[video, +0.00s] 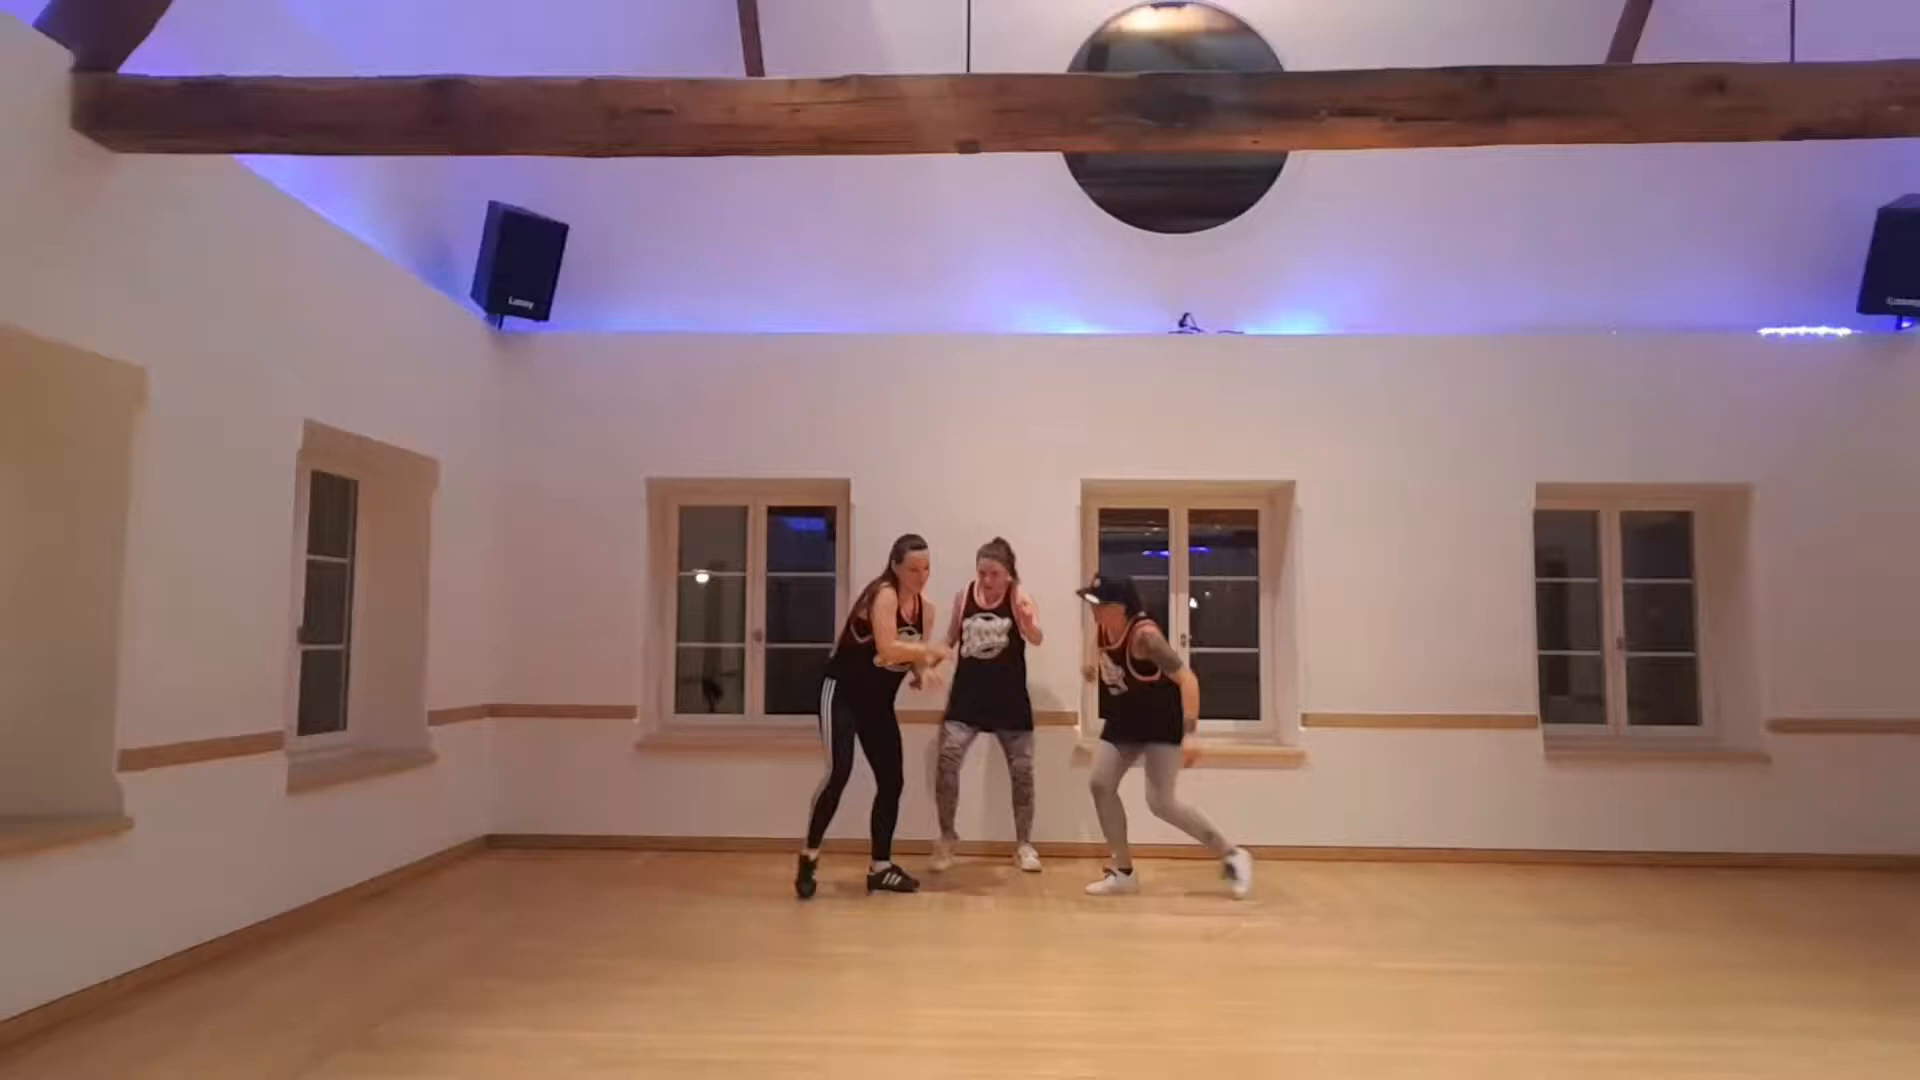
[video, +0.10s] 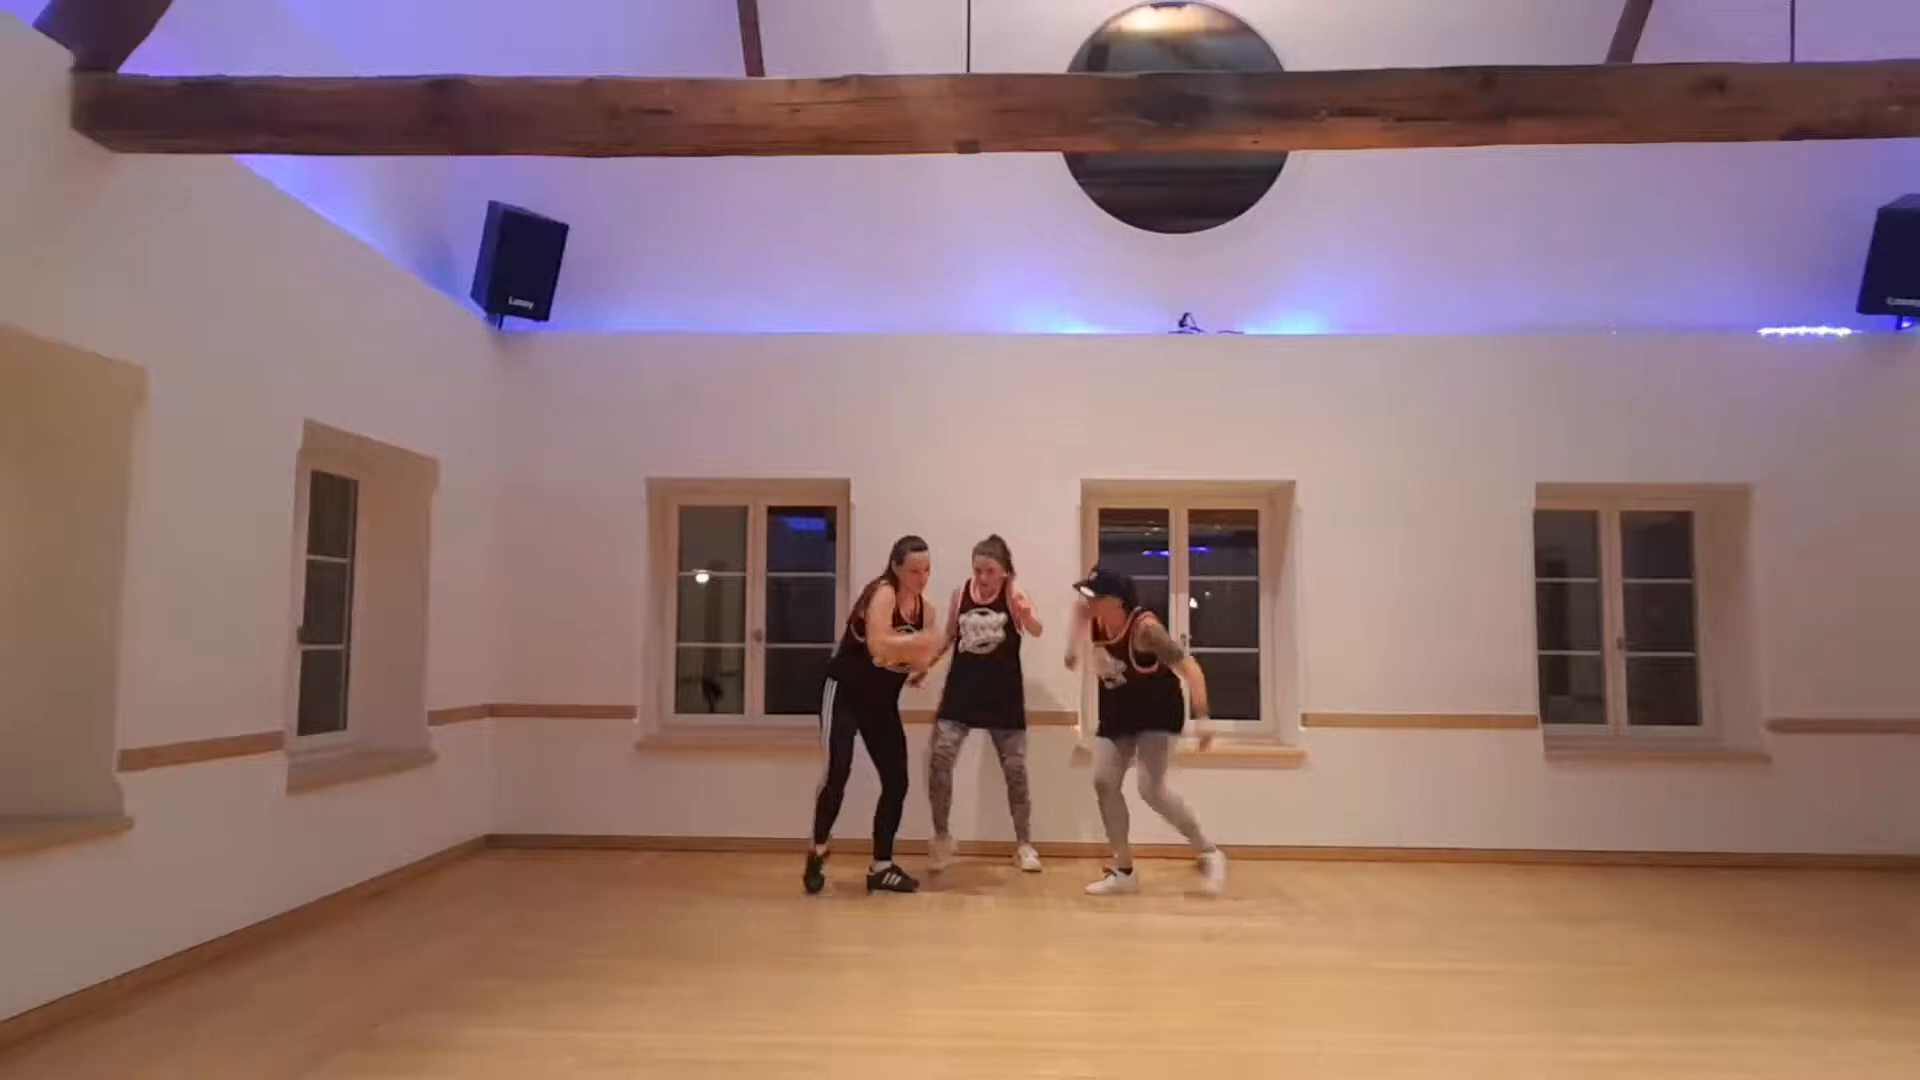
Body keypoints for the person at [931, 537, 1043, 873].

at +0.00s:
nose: (988, 580)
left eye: (995, 574)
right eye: (983, 573)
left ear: (1010, 574)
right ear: (976, 571)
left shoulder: (1019, 598)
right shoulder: (964, 597)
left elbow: (1036, 638)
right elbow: (951, 639)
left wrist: (1022, 617)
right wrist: (932, 664)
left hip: (1009, 698)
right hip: (968, 695)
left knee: (1022, 768)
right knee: (948, 757)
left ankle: (1024, 844)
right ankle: (947, 838)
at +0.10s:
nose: (983, 577)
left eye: (990, 571)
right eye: (978, 570)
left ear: (1005, 571)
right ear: (972, 568)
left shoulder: (1014, 594)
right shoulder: (961, 595)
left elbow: (1035, 630)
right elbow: (949, 636)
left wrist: (1018, 608)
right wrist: (925, 665)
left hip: (1003, 696)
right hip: (961, 693)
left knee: (1015, 768)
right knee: (940, 758)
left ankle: (1024, 843)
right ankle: (941, 837)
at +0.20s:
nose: (975, 578)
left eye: (982, 572)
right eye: (971, 571)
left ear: (997, 572)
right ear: (964, 569)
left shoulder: (1005, 594)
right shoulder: (953, 595)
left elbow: (1033, 621)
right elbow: (942, 636)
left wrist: (1023, 611)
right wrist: (918, 661)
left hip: (990, 694)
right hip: (949, 691)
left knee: (1008, 769)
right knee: (931, 761)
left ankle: (1024, 843)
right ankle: (941, 839)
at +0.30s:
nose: (969, 584)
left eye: (975, 577)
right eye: (964, 576)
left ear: (989, 576)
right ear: (956, 574)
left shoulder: (998, 598)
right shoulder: (946, 602)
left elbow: (1025, 619)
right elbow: (931, 644)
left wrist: (1030, 636)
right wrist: (911, 672)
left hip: (981, 701)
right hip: (940, 697)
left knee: (997, 773)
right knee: (926, 766)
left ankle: (1022, 844)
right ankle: (943, 841)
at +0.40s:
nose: (959, 589)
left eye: (966, 583)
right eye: (954, 582)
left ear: (982, 582)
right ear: (948, 580)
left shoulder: (993, 607)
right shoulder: (940, 609)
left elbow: (1024, 636)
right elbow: (925, 650)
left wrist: (1025, 661)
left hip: (974, 704)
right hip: (936, 701)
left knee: (983, 777)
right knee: (926, 774)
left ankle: (1019, 845)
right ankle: (946, 845)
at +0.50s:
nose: (953, 592)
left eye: (960, 586)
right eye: (948, 585)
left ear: (976, 585)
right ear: (942, 583)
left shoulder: (991, 613)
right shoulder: (932, 613)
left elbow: (1010, 657)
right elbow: (918, 658)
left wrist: (1010, 704)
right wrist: (903, 695)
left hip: (973, 706)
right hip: (936, 702)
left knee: (968, 784)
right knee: (928, 778)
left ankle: (1013, 842)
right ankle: (947, 845)